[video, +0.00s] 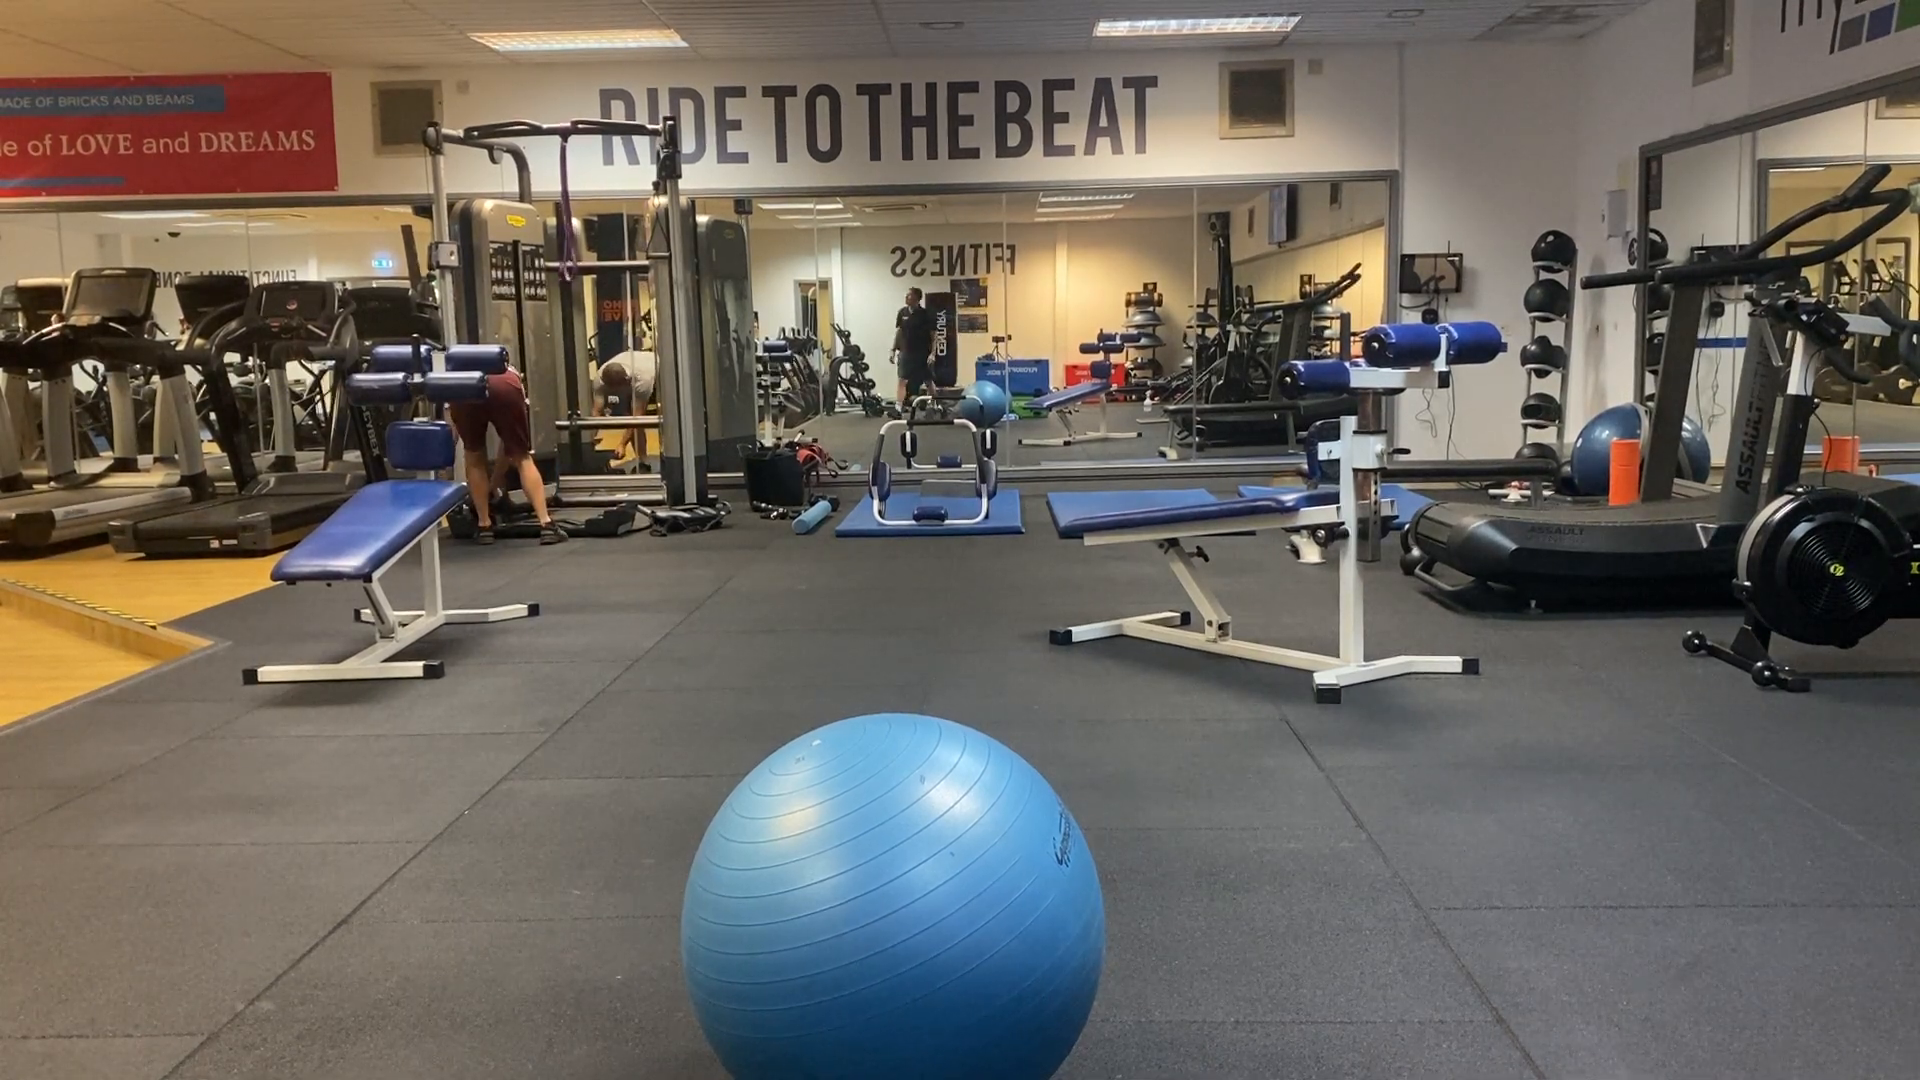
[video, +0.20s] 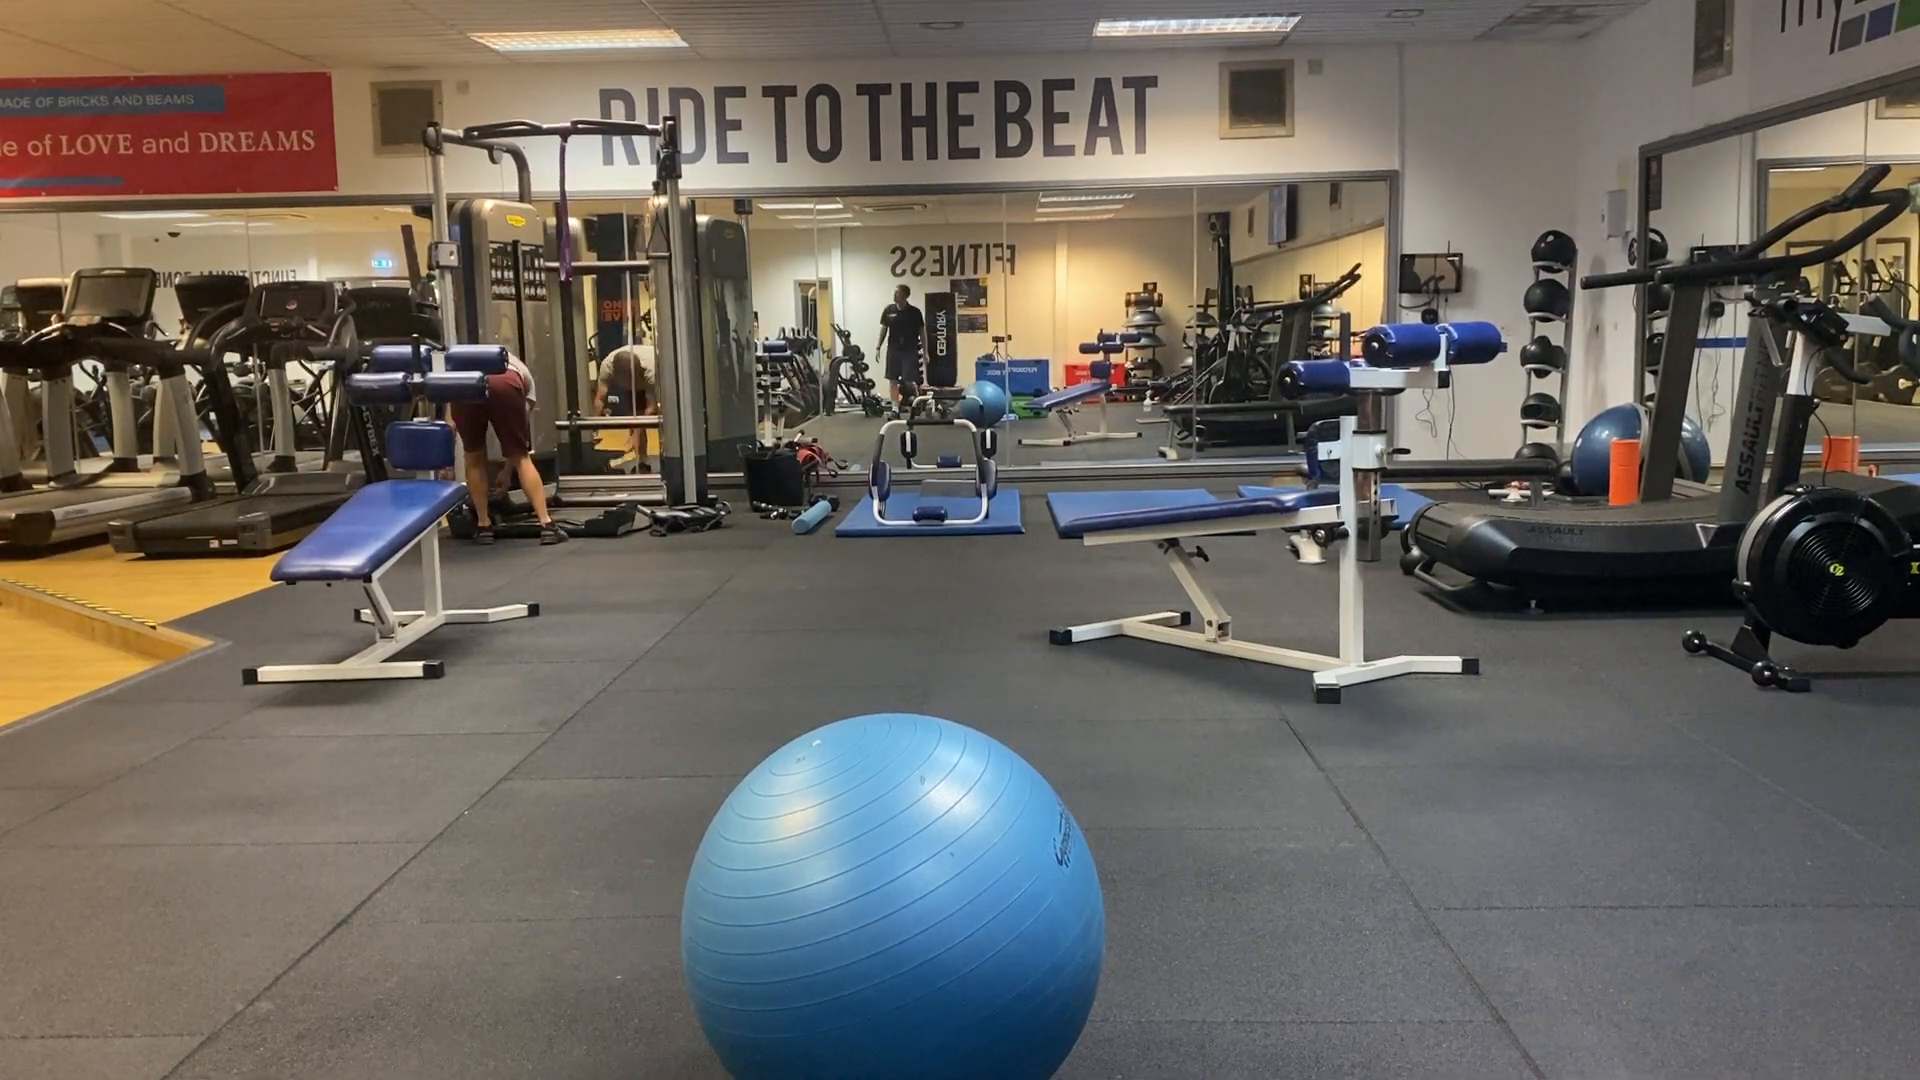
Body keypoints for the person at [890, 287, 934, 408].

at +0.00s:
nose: (906, 297)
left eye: (909, 295)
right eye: (906, 295)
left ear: (917, 298)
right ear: (907, 297)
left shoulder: (927, 313)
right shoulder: (902, 312)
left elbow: (933, 335)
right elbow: (899, 332)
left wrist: (933, 353)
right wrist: (893, 349)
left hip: (922, 353)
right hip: (905, 353)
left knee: (929, 382)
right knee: (902, 380)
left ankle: (935, 406)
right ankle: (899, 408)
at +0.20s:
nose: (895, 295)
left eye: (898, 293)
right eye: (895, 293)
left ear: (905, 296)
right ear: (895, 294)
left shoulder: (915, 312)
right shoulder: (889, 310)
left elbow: (922, 332)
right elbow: (884, 329)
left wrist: (925, 353)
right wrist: (878, 348)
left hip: (910, 352)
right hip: (893, 351)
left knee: (909, 381)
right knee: (893, 381)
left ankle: (916, 406)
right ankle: (895, 409)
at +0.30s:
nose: (894, 294)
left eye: (897, 292)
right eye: (893, 291)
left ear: (903, 294)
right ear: (890, 292)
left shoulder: (911, 310)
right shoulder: (884, 308)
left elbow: (917, 331)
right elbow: (878, 326)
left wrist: (919, 348)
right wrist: (873, 344)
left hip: (906, 348)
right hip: (890, 348)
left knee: (901, 377)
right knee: (892, 379)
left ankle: (904, 406)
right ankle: (894, 407)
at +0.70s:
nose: (894, 297)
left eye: (895, 294)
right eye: (892, 294)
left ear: (897, 296)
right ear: (885, 294)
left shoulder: (901, 313)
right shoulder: (874, 310)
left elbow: (905, 335)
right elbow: (867, 330)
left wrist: (905, 354)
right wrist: (863, 348)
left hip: (894, 351)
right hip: (877, 350)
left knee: (888, 382)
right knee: (872, 381)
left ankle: (883, 410)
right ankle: (879, 402)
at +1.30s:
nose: (906, 298)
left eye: (907, 296)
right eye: (904, 295)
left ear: (904, 296)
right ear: (895, 293)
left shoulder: (902, 313)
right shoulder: (880, 307)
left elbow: (903, 336)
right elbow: (870, 324)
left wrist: (908, 355)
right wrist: (871, 343)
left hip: (895, 350)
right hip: (878, 349)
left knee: (904, 380)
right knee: (876, 384)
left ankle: (892, 409)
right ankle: (875, 414)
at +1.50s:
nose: (922, 309)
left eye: (923, 306)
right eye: (921, 306)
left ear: (918, 305)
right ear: (913, 302)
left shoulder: (915, 324)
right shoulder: (894, 311)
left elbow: (917, 346)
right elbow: (880, 326)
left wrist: (926, 361)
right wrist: (884, 343)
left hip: (899, 353)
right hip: (881, 350)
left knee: (904, 383)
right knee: (877, 385)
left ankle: (910, 415)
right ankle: (875, 413)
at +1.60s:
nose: (927, 318)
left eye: (929, 316)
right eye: (926, 315)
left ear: (930, 316)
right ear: (920, 312)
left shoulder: (923, 332)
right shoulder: (901, 317)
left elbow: (929, 353)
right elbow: (884, 330)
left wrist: (943, 370)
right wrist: (887, 350)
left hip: (899, 355)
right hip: (883, 351)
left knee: (913, 384)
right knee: (879, 385)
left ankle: (913, 417)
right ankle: (866, 406)